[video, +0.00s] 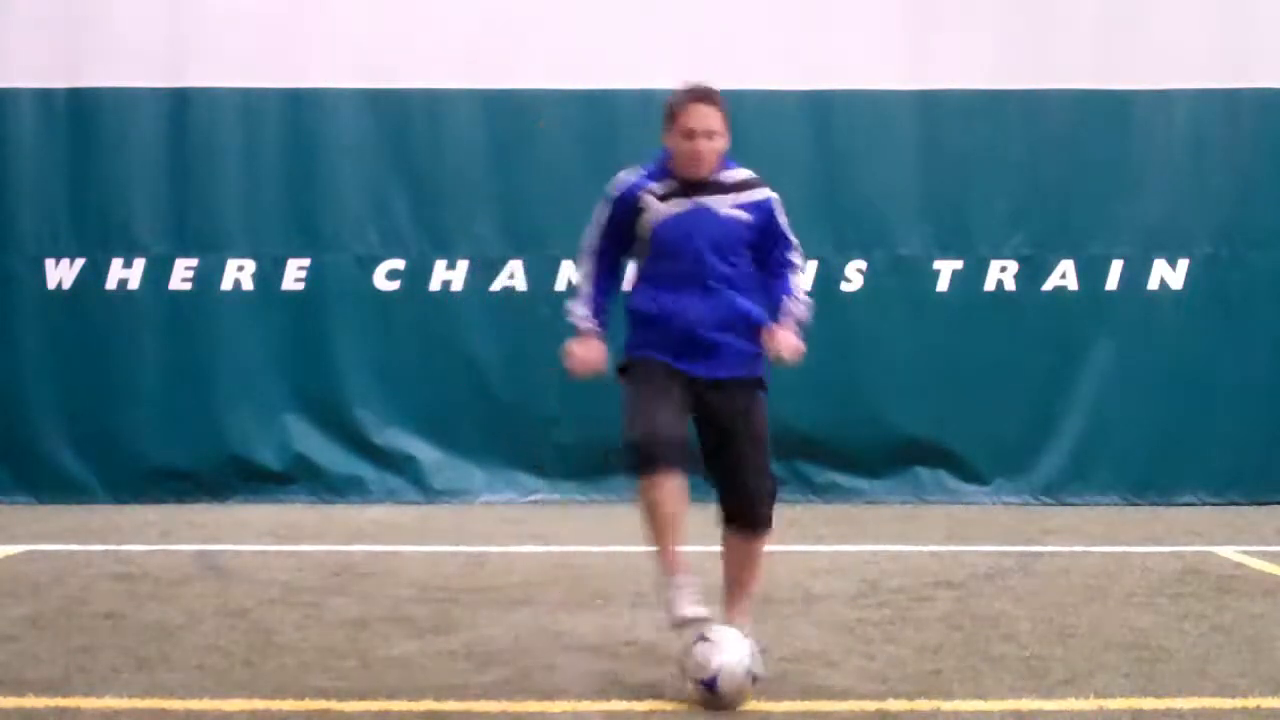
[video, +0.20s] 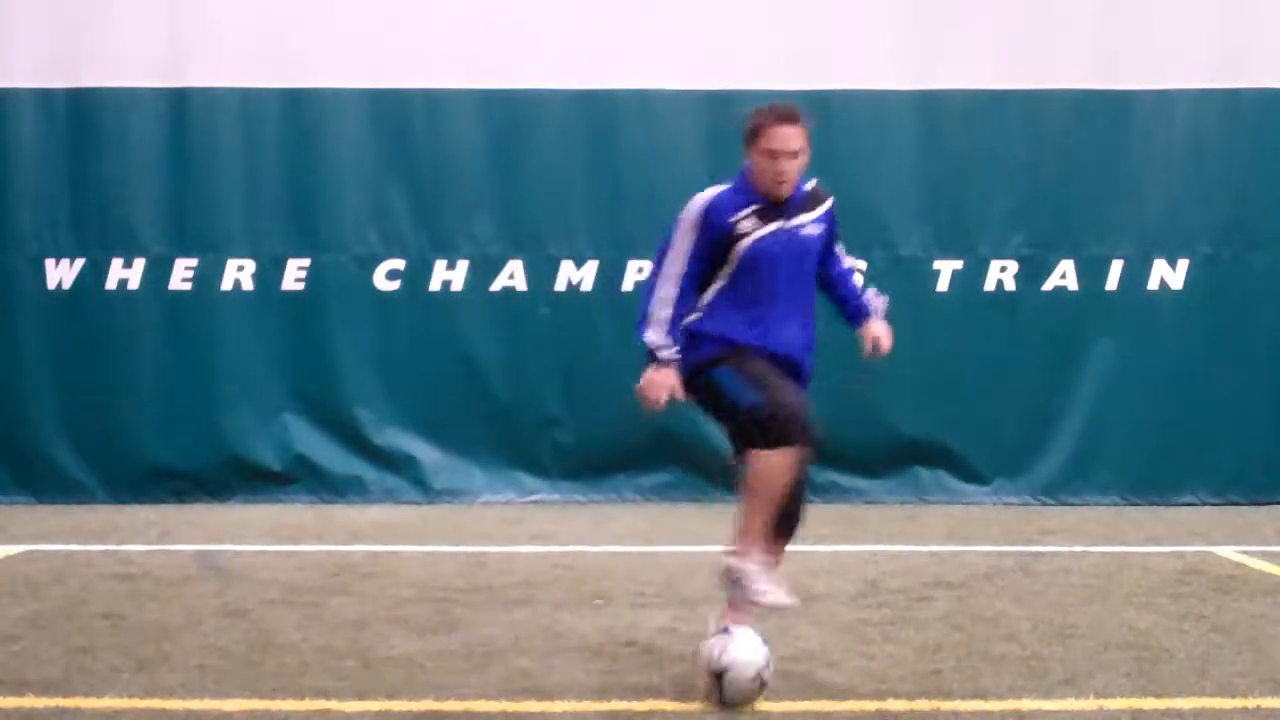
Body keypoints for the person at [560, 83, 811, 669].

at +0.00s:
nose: (702, 146)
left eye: (712, 136)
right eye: (691, 135)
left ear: (727, 139)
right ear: (668, 137)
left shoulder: (754, 195)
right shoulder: (634, 193)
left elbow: (789, 265)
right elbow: (599, 261)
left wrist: (789, 320)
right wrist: (587, 327)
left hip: (732, 361)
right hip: (657, 357)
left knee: (750, 493)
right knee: (660, 451)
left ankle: (737, 623)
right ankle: (678, 580)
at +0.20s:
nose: (785, 168)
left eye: (795, 156)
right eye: (773, 156)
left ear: (807, 157)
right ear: (749, 156)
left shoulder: (815, 205)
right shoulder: (712, 210)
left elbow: (832, 265)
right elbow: (670, 284)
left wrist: (868, 313)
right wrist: (661, 358)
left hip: (786, 363)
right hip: (718, 352)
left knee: (783, 494)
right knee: (784, 422)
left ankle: (734, 625)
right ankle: (751, 557)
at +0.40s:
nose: (867, 198)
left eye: (876, 186)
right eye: (855, 186)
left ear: (885, 187)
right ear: (827, 183)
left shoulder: (871, 229)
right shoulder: (799, 228)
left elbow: (865, 283)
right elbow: (748, 302)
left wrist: (887, 317)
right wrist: (714, 385)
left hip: (825, 397)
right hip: (785, 399)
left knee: (849, 521)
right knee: (867, 516)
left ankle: (730, 567)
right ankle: (885, 662)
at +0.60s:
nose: (895, 235)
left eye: (906, 223)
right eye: (884, 220)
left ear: (915, 224)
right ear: (856, 216)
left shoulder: (890, 268)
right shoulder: (833, 266)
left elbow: (890, 329)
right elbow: (792, 343)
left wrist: (914, 360)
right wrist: (767, 425)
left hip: (860, 434)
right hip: (823, 438)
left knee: (889, 543)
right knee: (913, 530)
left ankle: (762, 559)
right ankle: (885, 664)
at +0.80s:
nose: (853, 170)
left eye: (864, 159)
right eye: (842, 157)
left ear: (876, 159)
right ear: (818, 154)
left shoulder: (878, 209)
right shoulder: (781, 200)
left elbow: (880, 278)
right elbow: (713, 256)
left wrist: (894, 327)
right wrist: (706, 335)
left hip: (842, 378)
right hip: (779, 375)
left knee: (871, 494)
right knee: (831, 493)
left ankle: (785, 590)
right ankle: (875, 631)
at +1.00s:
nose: (783, 177)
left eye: (794, 166)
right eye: (771, 166)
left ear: (813, 168)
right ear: (754, 168)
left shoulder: (835, 223)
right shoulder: (722, 224)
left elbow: (847, 287)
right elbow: (673, 287)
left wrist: (860, 343)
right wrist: (687, 316)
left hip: (818, 402)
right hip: (740, 398)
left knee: (835, 528)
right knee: (709, 503)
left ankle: (824, 644)